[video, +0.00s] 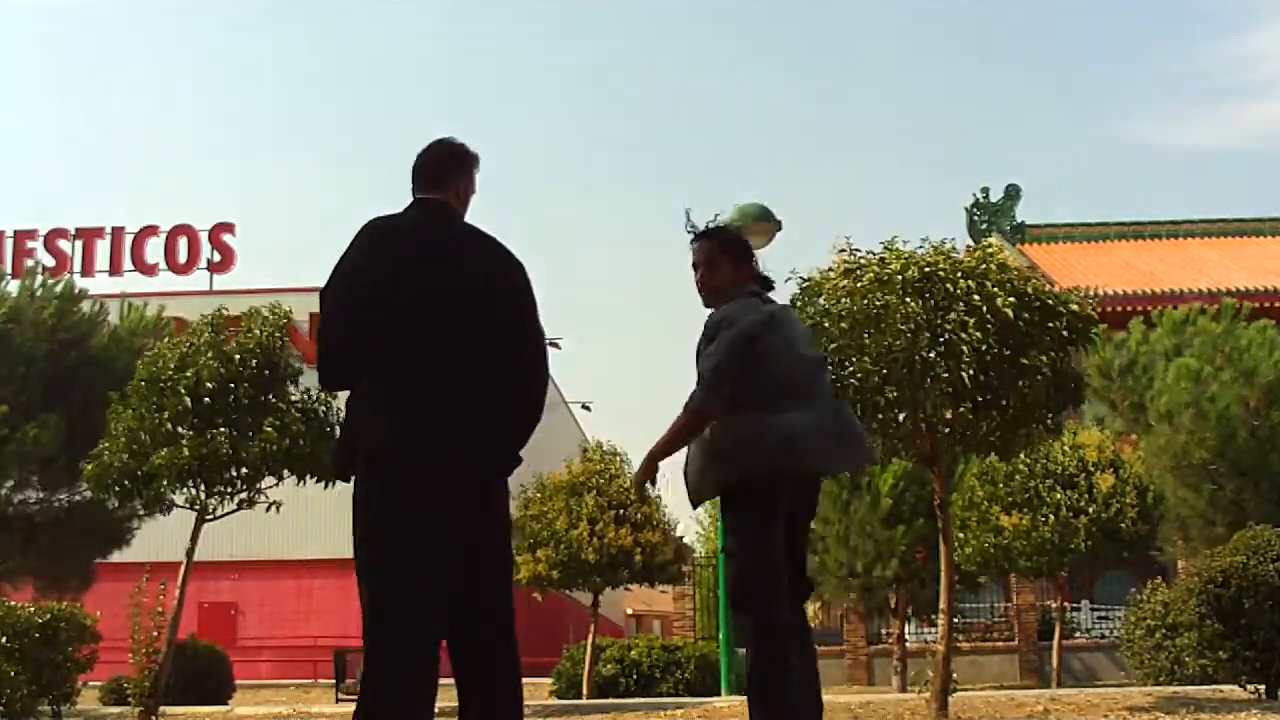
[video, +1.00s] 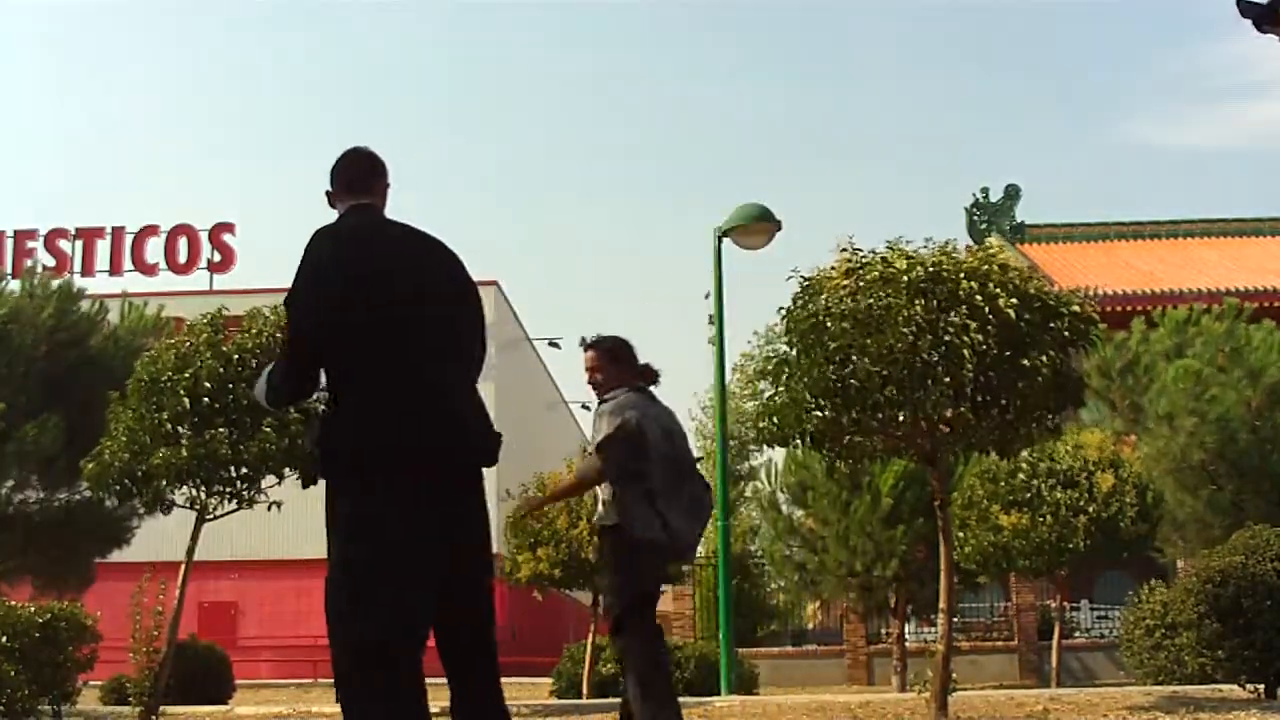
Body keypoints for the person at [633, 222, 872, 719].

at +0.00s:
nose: (697, 278)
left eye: (704, 267)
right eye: (694, 268)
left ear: (737, 267)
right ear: (742, 270)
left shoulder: (738, 322)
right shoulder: (778, 318)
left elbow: (703, 408)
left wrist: (652, 460)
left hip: (758, 479)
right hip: (792, 476)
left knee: (760, 605)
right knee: (781, 602)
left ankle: (776, 710)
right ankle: (799, 708)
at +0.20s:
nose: (699, 315)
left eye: (709, 305)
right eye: (696, 307)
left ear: (740, 308)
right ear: (695, 310)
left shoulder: (739, 357)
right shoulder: (720, 359)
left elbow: (711, 430)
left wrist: (659, 461)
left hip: (755, 494)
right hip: (737, 495)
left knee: (741, 617)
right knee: (739, 617)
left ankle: (784, 710)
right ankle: (780, 709)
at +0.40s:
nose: (689, 316)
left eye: (699, 307)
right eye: (683, 309)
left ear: (727, 310)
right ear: (680, 315)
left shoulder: (720, 353)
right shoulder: (708, 361)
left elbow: (730, 422)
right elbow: (688, 426)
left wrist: (718, 486)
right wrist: (646, 437)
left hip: (723, 494)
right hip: (752, 499)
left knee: (681, 597)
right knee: (751, 610)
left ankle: (717, 701)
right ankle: (759, 708)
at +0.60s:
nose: (659, 347)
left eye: (669, 338)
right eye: (655, 340)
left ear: (697, 340)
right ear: (654, 345)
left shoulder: (687, 385)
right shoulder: (693, 387)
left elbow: (722, 438)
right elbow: (656, 455)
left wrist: (748, 489)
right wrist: (617, 441)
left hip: (680, 526)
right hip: (724, 526)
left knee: (663, 645)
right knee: (743, 642)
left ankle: (663, 714)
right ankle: (767, 714)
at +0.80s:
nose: (617, 362)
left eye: (623, 353)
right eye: (615, 355)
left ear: (651, 352)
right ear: (656, 355)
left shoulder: (649, 396)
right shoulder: (682, 396)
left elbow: (654, 461)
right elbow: (702, 467)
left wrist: (643, 519)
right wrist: (688, 522)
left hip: (656, 526)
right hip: (686, 527)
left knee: (634, 623)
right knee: (675, 623)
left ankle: (656, 710)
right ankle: (712, 700)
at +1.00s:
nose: (590, 380)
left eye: (596, 371)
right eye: (587, 372)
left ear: (620, 369)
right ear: (631, 372)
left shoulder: (617, 409)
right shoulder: (657, 410)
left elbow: (599, 468)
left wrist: (541, 500)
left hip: (629, 535)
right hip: (657, 534)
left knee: (632, 629)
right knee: (638, 627)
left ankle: (654, 710)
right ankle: (638, 706)